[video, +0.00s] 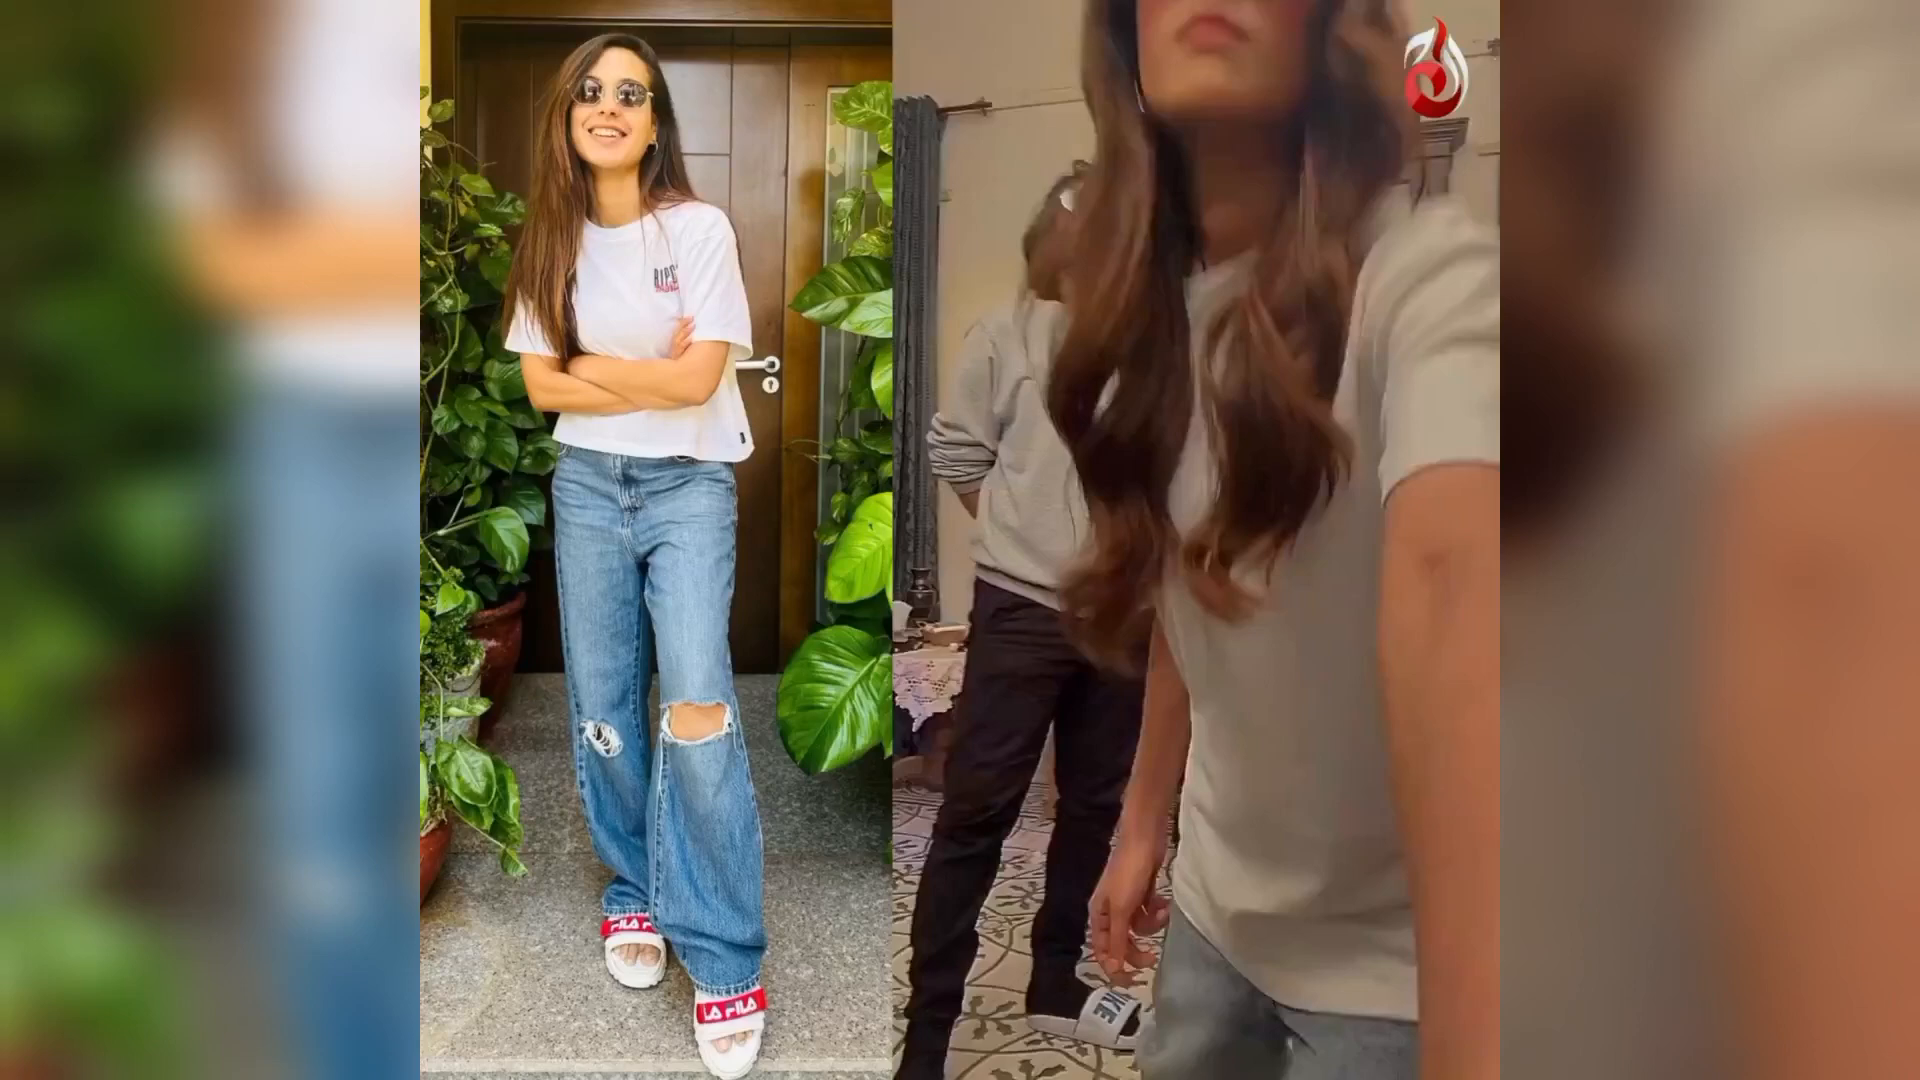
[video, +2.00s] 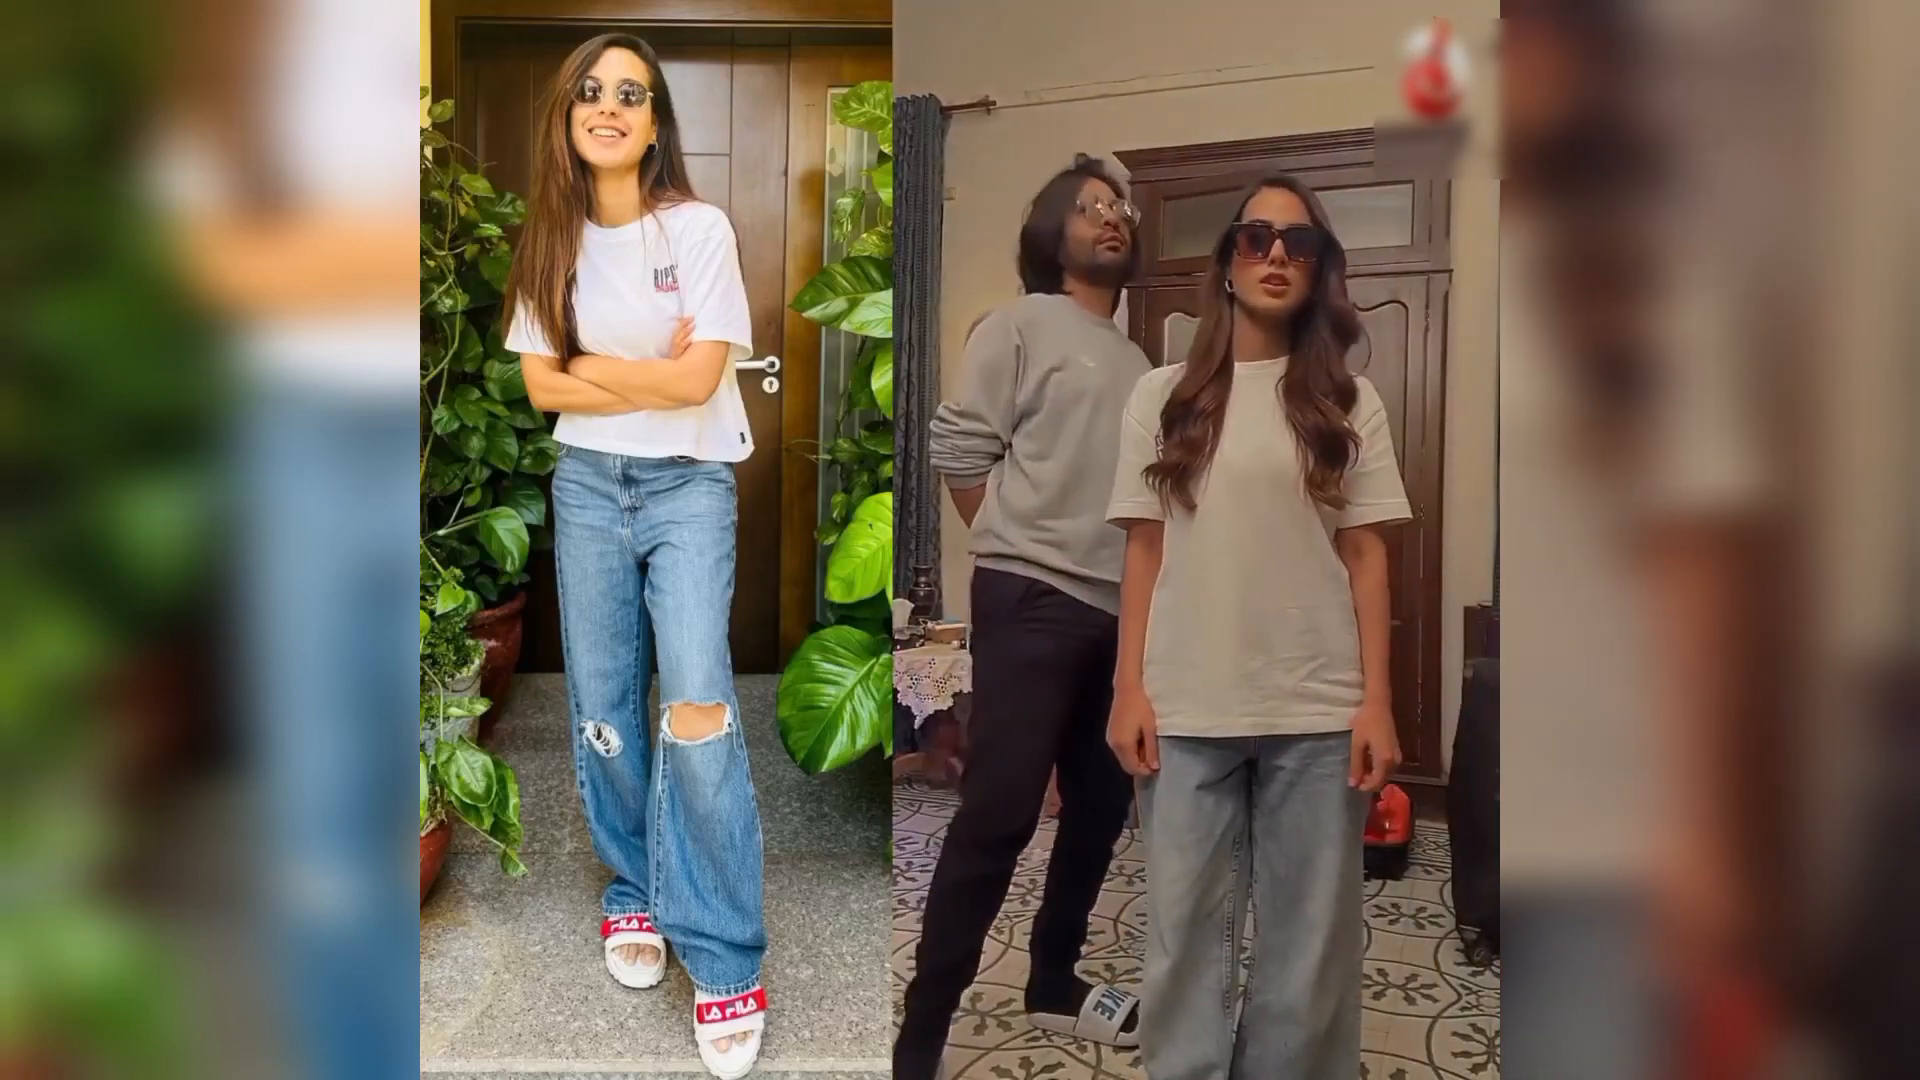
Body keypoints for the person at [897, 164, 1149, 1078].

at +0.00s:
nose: (1088, 232)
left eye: (1104, 216)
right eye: (1074, 212)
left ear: (1134, 240)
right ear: (1044, 233)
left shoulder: (1166, 344)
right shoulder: (1010, 333)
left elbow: (1186, 478)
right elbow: (957, 455)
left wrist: (1115, 534)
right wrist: (1023, 526)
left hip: (1124, 616)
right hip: (1017, 606)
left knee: (1092, 808)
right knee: (975, 812)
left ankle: (1057, 986)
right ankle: (929, 1030)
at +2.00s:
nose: (1114, 218)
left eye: (1122, 207)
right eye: (1091, 206)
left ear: (1134, 239)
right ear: (1050, 233)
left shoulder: (1139, 361)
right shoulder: (1015, 326)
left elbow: (1148, 491)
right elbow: (962, 462)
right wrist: (1010, 556)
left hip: (1119, 604)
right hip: (1026, 595)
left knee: (1100, 805)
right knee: (1000, 810)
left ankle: (1054, 985)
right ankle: (925, 1030)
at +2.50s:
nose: (1100, 186)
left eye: (1096, 170)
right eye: (1073, 168)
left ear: (1088, 192)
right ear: (1009, 192)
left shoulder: (1106, 329)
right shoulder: (955, 333)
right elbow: (908, 516)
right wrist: (951, 591)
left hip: (1107, 620)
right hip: (1002, 622)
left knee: (1092, 816)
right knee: (1011, 866)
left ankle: (1055, 986)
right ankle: (914, 1064)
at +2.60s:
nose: (1085, 209)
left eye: (1081, 189)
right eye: (1062, 191)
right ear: (997, 210)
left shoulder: (1074, 319)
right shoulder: (951, 343)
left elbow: (1139, 312)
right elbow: (918, 526)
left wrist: (1190, 236)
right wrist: (919, 613)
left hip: (1105, 623)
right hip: (1017, 631)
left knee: (1105, 820)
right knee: (1033, 867)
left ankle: (1055, 989)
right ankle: (914, 1065)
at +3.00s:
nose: (1077, 184)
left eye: (1074, 171)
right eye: (1048, 175)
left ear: (1078, 199)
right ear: (998, 209)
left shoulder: (1103, 329)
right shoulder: (992, 323)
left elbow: (1171, 317)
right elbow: (925, 481)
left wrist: (1236, 261)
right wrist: (954, 561)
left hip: (1112, 612)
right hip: (1024, 610)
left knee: (1099, 807)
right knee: (1006, 850)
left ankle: (1055, 987)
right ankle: (910, 1061)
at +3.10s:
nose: (1086, 186)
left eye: (1089, 176)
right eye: (1058, 176)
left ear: (1104, 210)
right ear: (1013, 213)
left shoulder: (1139, 346)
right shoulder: (1010, 316)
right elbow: (941, 462)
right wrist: (976, 559)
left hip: (1115, 610)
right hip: (1024, 603)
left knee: (1089, 812)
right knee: (990, 834)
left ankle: (1056, 987)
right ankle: (912, 1053)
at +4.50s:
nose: (1090, 224)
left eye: (1115, 214)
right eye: (1086, 212)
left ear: (1157, 245)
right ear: (1075, 238)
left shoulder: (1189, 354)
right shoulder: (1022, 336)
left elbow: (1207, 486)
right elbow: (964, 447)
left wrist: (1160, 564)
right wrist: (1016, 530)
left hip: (1127, 623)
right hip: (1012, 612)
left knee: (1105, 817)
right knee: (975, 821)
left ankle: (1057, 979)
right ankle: (934, 1055)